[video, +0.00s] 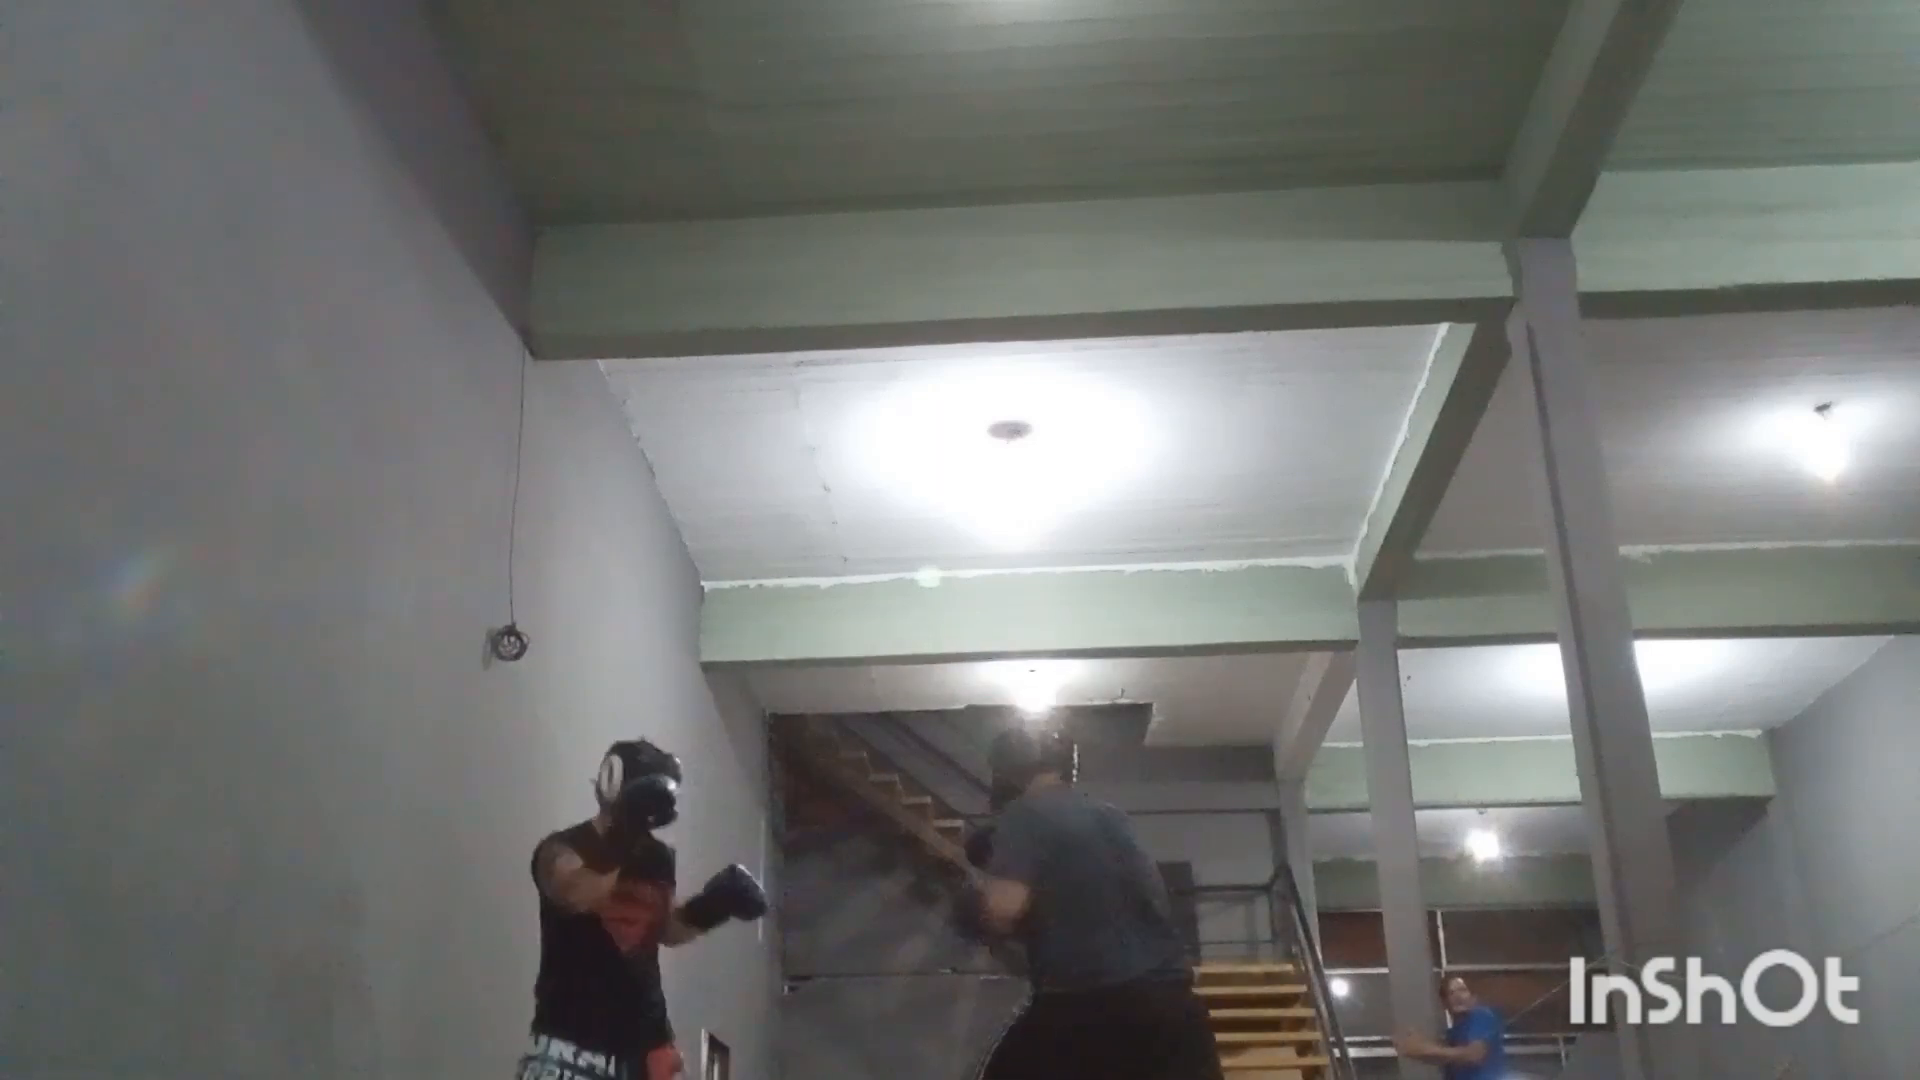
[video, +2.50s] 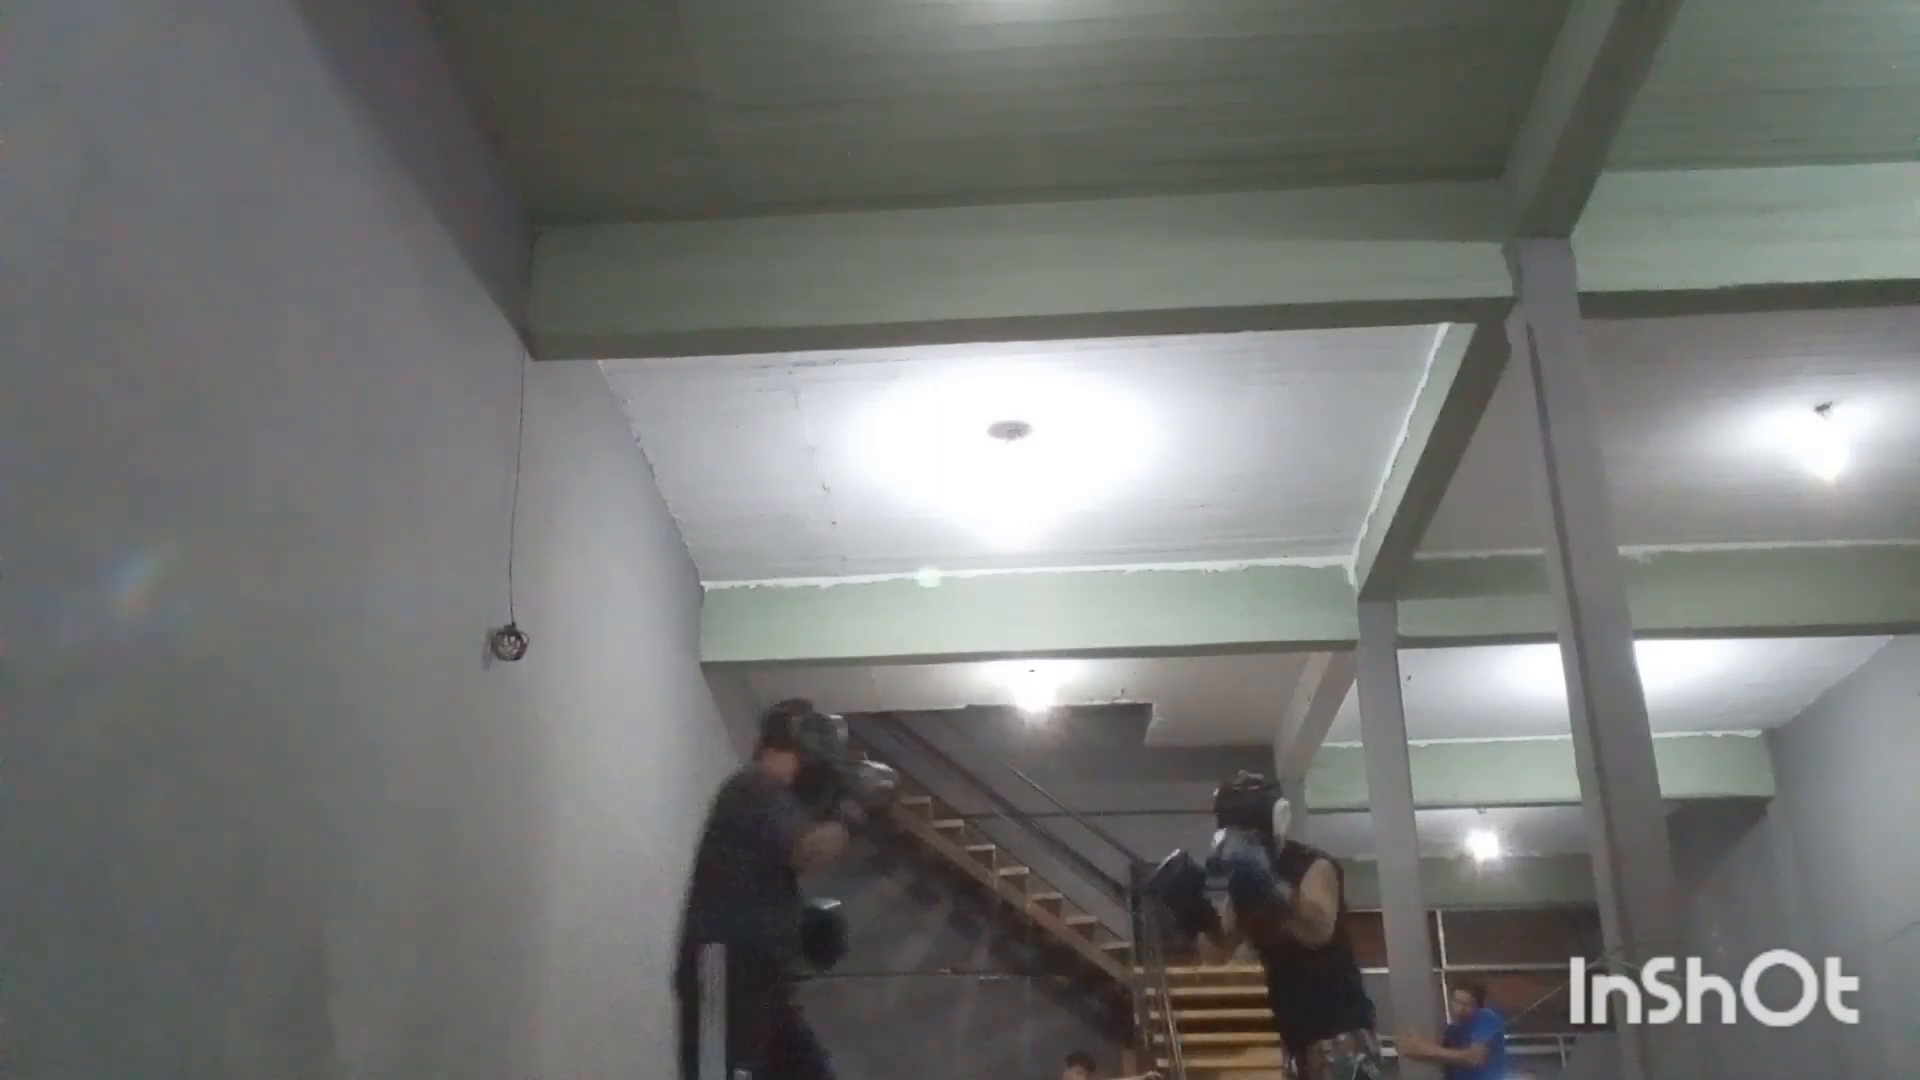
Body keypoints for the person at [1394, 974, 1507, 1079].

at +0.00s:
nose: (1458, 997)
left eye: (1463, 990)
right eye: (1452, 993)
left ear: (1470, 995)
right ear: (1444, 1001)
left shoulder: (1481, 1017)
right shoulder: (1454, 1030)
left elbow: (1476, 1054)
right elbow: (1450, 1055)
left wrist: (1425, 1050)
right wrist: (1418, 1048)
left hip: (1485, 1075)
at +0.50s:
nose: (1457, 996)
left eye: (1462, 991)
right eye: (1451, 993)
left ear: (1470, 995)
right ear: (1445, 1000)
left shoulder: (1481, 1017)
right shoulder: (1454, 1031)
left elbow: (1476, 1056)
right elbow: (1448, 1054)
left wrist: (1424, 1050)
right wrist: (1419, 1046)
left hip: (1485, 1075)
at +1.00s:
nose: (1458, 997)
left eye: (1462, 990)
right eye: (1451, 993)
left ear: (1471, 995)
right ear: (1445, 1001)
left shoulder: (1481, 1017)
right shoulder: (1453, 1030)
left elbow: (1476, 1055)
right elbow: (1447, 1054)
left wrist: (1427, 1049)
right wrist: (1419, 1046)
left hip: (1484, 1075)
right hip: (1458, 1076)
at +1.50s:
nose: (1458, 996)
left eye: (1462, 991)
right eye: (1452, 993)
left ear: (1470, 993)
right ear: (1446, 1000)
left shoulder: (1481, 1015)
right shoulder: (1457, 1023)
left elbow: (1477, 1053)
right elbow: (1450, 1054)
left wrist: (1425, 1049)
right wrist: (1420, 1045)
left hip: (1483, 1076)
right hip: (1460, 1076)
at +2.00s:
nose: (1456, 1005)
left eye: (1463, 1000)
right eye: (1453, 999)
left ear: (1473, 1001)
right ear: (1448, 1001)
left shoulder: (1482, 1018)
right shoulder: (1458, 1024)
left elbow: (1477, 1053)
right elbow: (1447, 1052)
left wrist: (1427, 1049)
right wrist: (1419, 1047)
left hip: (1485, 1076)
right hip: (1462, 1076)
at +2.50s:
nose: (1459, 1009)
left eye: (1465, 1005)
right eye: (1456, 1002)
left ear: (1476, 1006)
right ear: (1451, 1002)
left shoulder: (1486, 1020)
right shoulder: (1454, 1027)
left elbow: (1476, 1057)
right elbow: (1448, 1055)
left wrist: (1425, 1049)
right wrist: (1418, 1047)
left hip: (1486, 1076)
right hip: (1459, 1076)